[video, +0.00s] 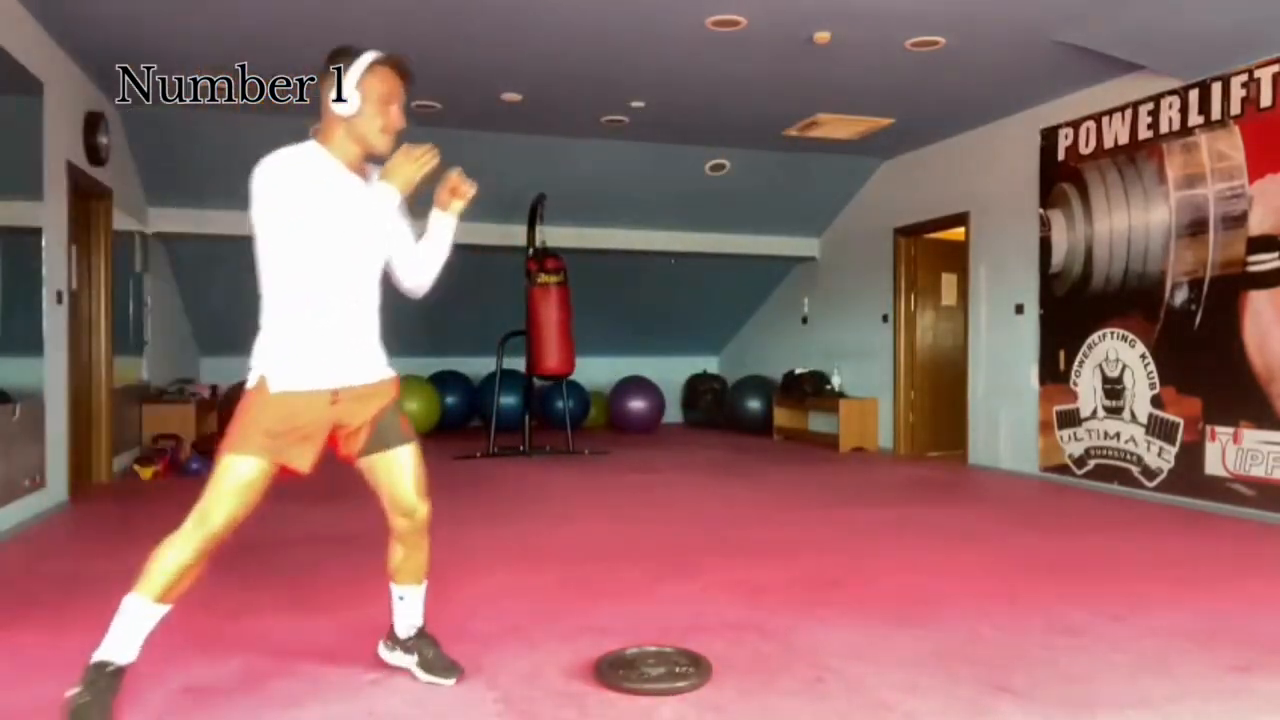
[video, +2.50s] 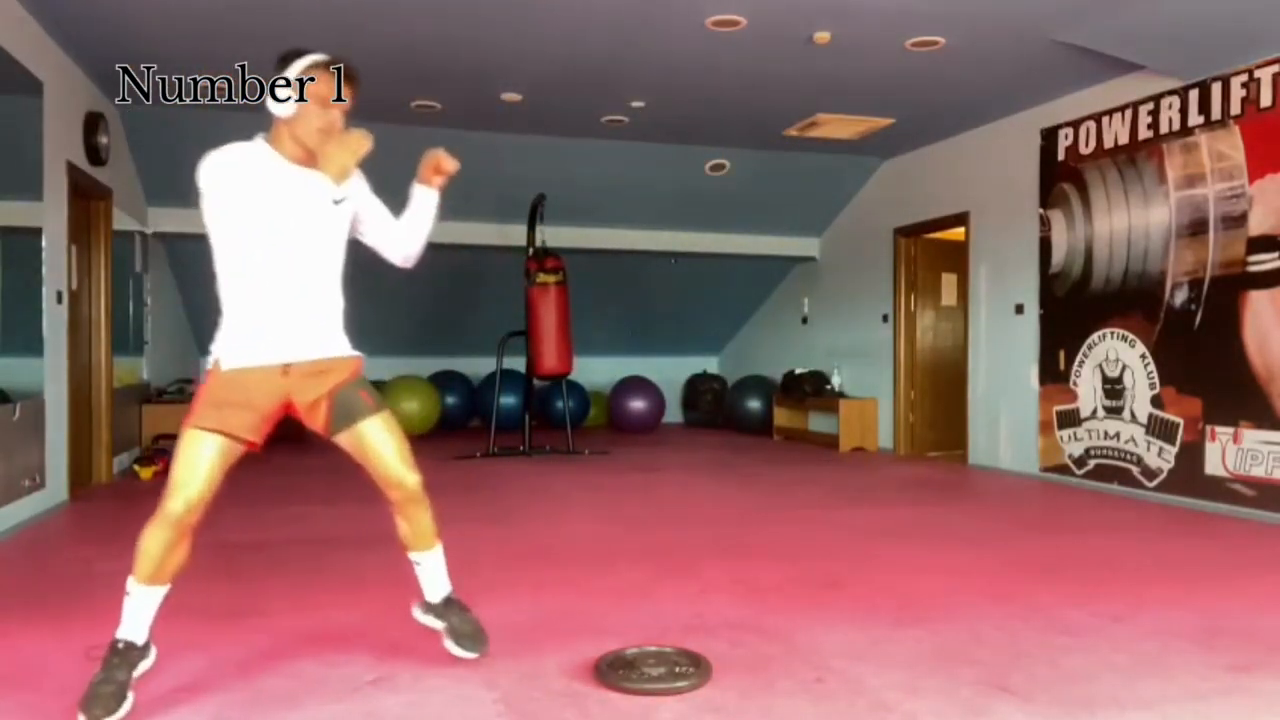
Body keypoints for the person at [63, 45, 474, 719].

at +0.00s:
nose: (400, 122)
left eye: (402, 109)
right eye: (388, 106)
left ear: (385, 113)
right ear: (342, 104)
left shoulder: (377, 193)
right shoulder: (279, 172)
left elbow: (415, 279)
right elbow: (323, 248)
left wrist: (445, 213)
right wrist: (394, 188)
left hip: (368, 384)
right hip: (286, 387)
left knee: (413, 510)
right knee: (209, 525)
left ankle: (407, 637)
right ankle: (110, 661)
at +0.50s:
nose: (437, 139)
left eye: (440, 128)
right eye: (425, 124)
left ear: (436, 133)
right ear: (384, 120)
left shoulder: (419, 206)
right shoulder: (324, 185)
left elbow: (461, 286)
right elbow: (364, 254)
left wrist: (486, 223)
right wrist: (433, 194)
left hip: (416, 384)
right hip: (335, 386)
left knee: (477, 505)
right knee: (277, 519)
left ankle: (509, 614)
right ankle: (205, 637)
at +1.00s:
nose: (381, 116)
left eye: (388, 105)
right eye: (372, 100)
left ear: (385, 110)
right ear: (328, 93)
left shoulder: (369, 176)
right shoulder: (263, 159)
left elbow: (406, 265)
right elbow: (296, 238)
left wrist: (436, 204)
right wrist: (370, 174)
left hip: (361, 364)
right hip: (278, 370)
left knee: (433, 482)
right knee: (218, 509)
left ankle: (427, 595)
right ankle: (136, 662)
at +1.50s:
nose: (380, 132)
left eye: (385, 122)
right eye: (370, 117)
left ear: (381, 125)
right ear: (328, 110)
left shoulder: (375, 191)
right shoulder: (267, 175)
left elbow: (423, 271)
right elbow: (299, 232)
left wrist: (439, 208)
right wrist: (373, 179)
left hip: (367, 374)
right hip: (282, 378)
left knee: (436, 489)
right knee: (224, 516)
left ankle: (467, 609)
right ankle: (164, 646)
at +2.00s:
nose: (365, 142)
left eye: (373, 132)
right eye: (355, 127)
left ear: (375, 134)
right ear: (315, 120)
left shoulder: (375, 191)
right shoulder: (255, 184)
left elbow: (447, 217)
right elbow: (295, 233)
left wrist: (490, 161)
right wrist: (367, 173)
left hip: (366, 376)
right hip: (279, 384)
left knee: (440, 492)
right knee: (222, 516)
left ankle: (485, 607)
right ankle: (168, 654)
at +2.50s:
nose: (342, 116)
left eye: (346, 105)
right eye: (332, 100)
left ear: (341, 112)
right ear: (286, 98)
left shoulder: (341, 177)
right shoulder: (223, 168)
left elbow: (402, 249)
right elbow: (257, 230)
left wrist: (428, 188)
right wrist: (334, 167)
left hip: (329, 367)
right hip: (241, 372)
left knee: (407, 483)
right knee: (179, 507)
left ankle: (439, 598)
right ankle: (129, 644)